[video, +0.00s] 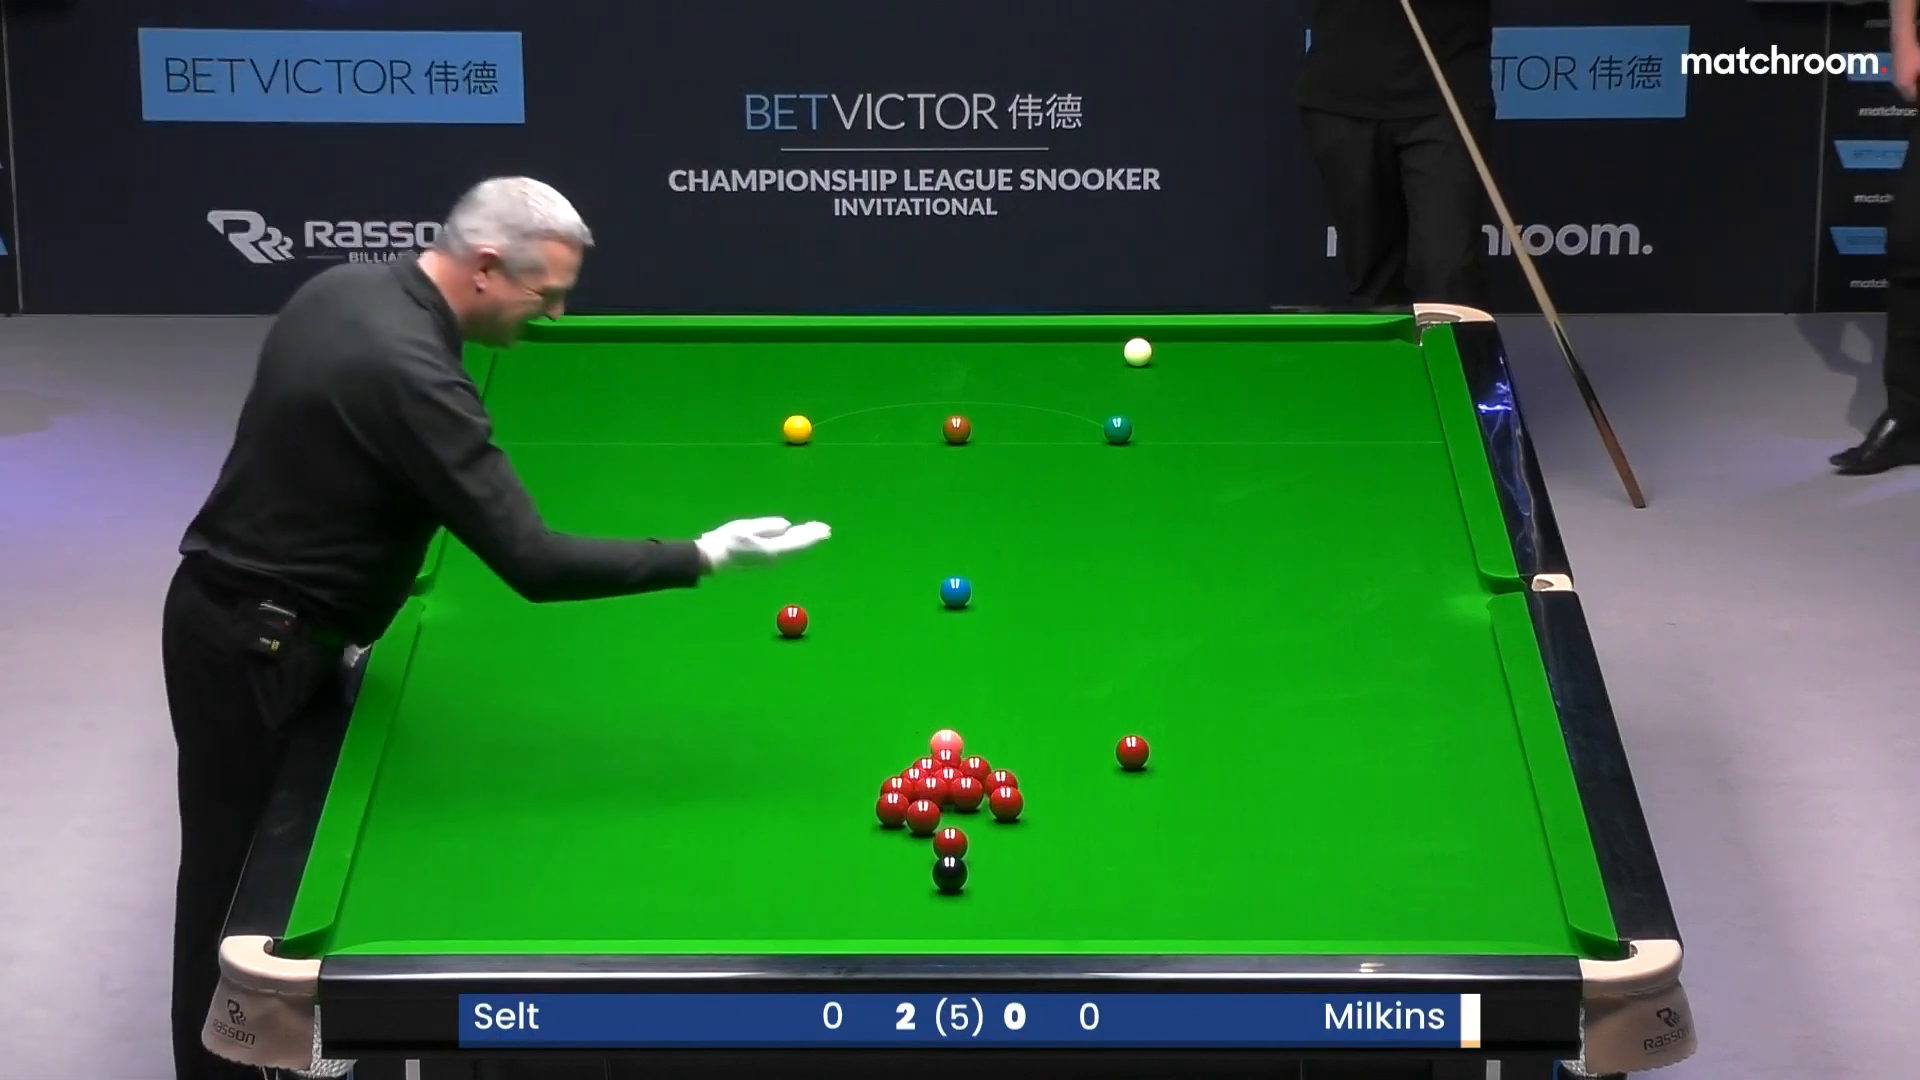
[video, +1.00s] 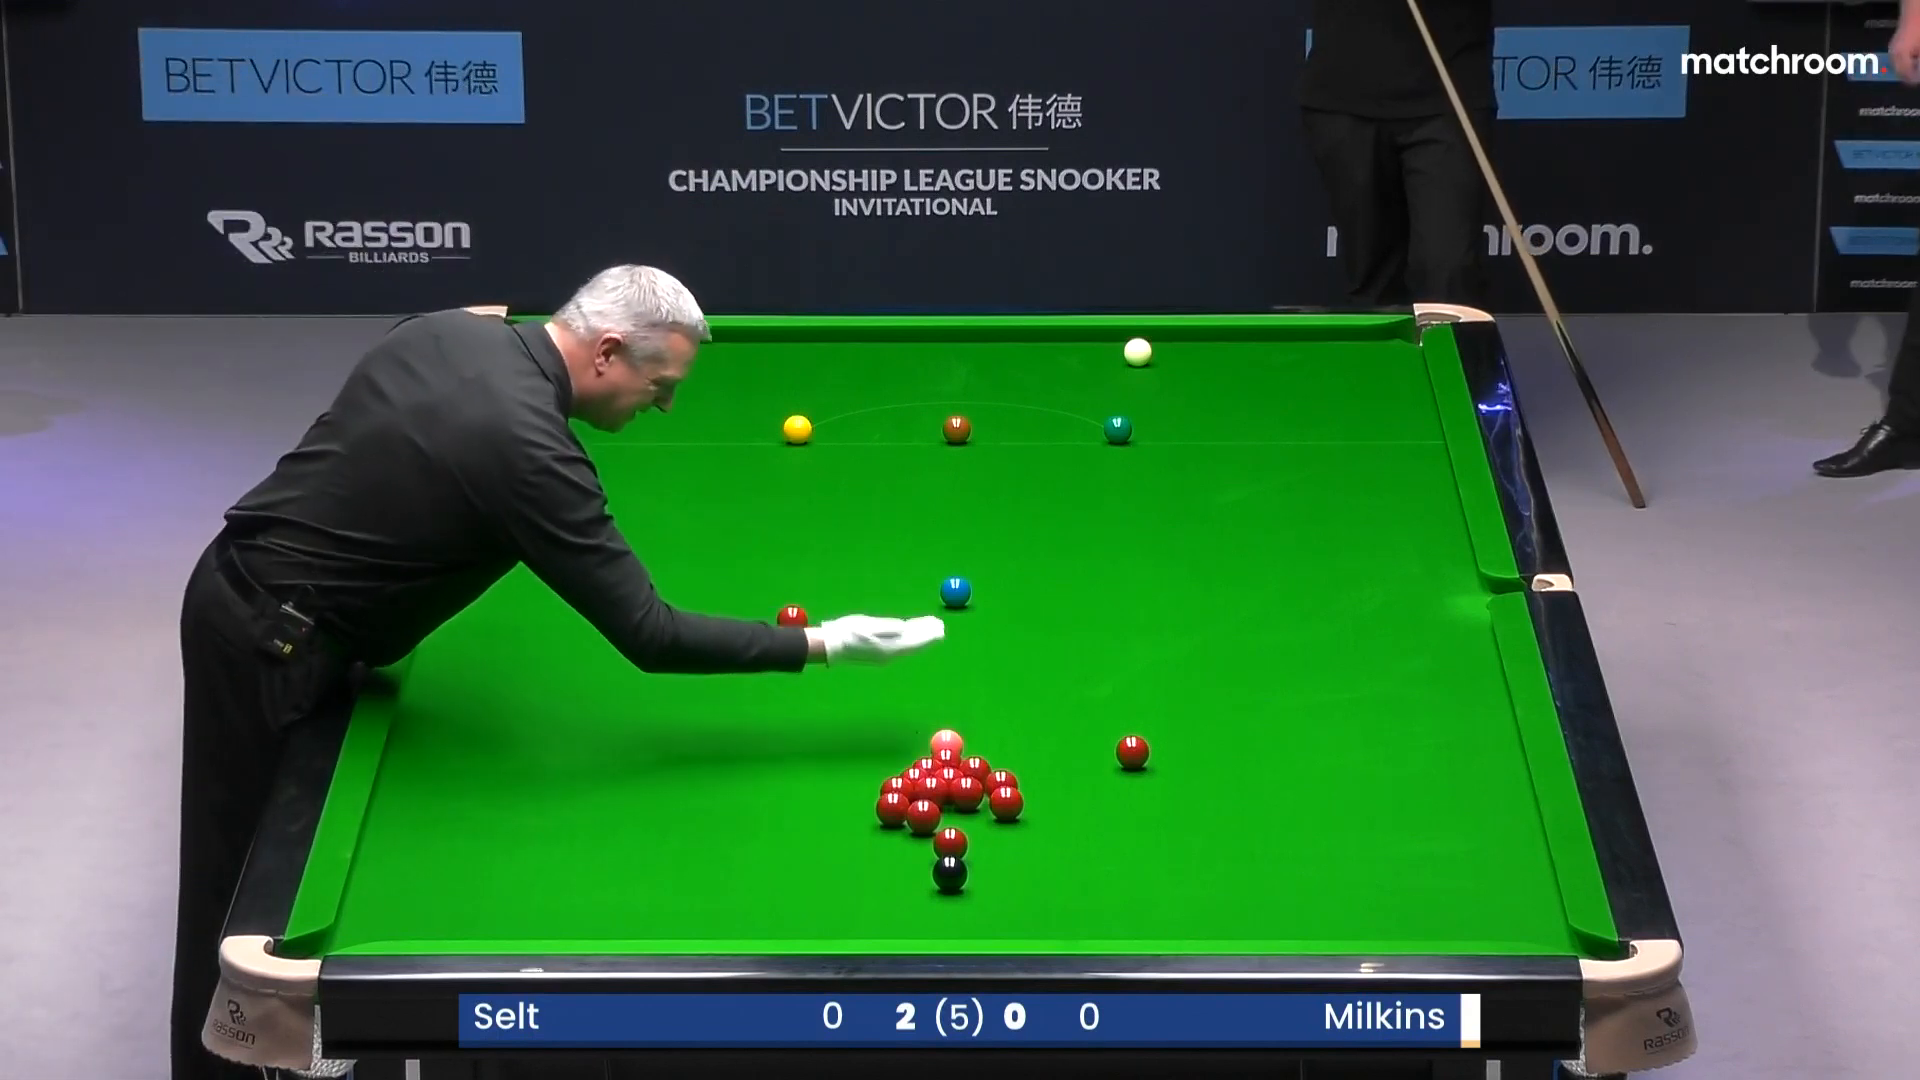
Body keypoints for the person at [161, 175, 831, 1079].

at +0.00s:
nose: (551, 311)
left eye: (560, 295)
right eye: (546, 291)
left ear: (472, 262)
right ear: (483, 264)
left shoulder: (348, 289)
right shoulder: (413, 372)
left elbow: (286, 455)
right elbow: (535, 562)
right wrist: (701, 555)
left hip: (228, 607)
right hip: (261, 639)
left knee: (241, 868)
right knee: (237, 881)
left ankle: (238, 1055)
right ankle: (217, 1063)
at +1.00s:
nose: (657, 407)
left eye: (666, 391)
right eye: (658, 387)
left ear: (585, 333)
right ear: (601, 348)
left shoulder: (457, 331)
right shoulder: (531, 449)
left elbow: (354, 451)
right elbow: (648, 630)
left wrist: (366, 619)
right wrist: (816, 640)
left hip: (240, 584)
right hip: (277, 635)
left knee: (245, 865)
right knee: (243, 882)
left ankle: (230, 1043)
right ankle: (211, 1054)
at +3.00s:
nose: (652, 389)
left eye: (660, 373)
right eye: (650, 368)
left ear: (579, 318)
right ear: (592, 331)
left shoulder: (438, 323)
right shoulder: (516, 430)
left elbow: (324, 448)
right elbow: (573, 651)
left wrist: (365, 610)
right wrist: (734, 660)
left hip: (241, 590)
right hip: (279, 636)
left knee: (236, 880)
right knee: (250, 894)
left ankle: (215, 1054)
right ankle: (215, 1060)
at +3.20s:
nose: (587, 356)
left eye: (600, 340)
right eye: (599, 338)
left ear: (521, 272)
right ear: (570, 307)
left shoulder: (391, 306)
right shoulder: (472, 410)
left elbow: (298, 445)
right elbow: (447, 612)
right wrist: (593, 630)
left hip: (225, 598)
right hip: (270, 638)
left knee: (236, 869)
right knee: (248, 883)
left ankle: (217, 1050)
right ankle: (214, 1057)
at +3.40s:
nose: (526, 307)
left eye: (533, 291)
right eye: (534, 292)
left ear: (452, 228)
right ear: (514, 282)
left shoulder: (329, 286)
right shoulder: (406, 369)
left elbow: (264, 448)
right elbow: (337, 556)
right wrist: (463, 596)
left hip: (207, 603)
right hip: (258, 635)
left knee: (225, 856)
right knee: (246, 867)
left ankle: (212, 1051)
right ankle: (217, 1059)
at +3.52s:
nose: (486, 298)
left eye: (497, 282)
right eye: (495, 280)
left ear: (411, 220)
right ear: (472, 263)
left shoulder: (298, 281)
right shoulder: (371, 349)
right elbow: (304, 540)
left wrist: (440, 317)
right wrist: (417, 584)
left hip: (194, 608)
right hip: (245, 634)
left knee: (217, 856)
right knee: (242, 866)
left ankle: (208, 1052)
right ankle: (215, 1060)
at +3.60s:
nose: (460, 296)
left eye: (473, 279)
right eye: (470, 277)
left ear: (391, 221)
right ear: (441, 250)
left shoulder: (280, 278)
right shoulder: (347, 343)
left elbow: (268, 430)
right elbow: (291, 535)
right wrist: (402, 580)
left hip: (183, 608)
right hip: (231, 633)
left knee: (212, 854)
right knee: (234, 865)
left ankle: (207, 1053)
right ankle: (212, 1061)